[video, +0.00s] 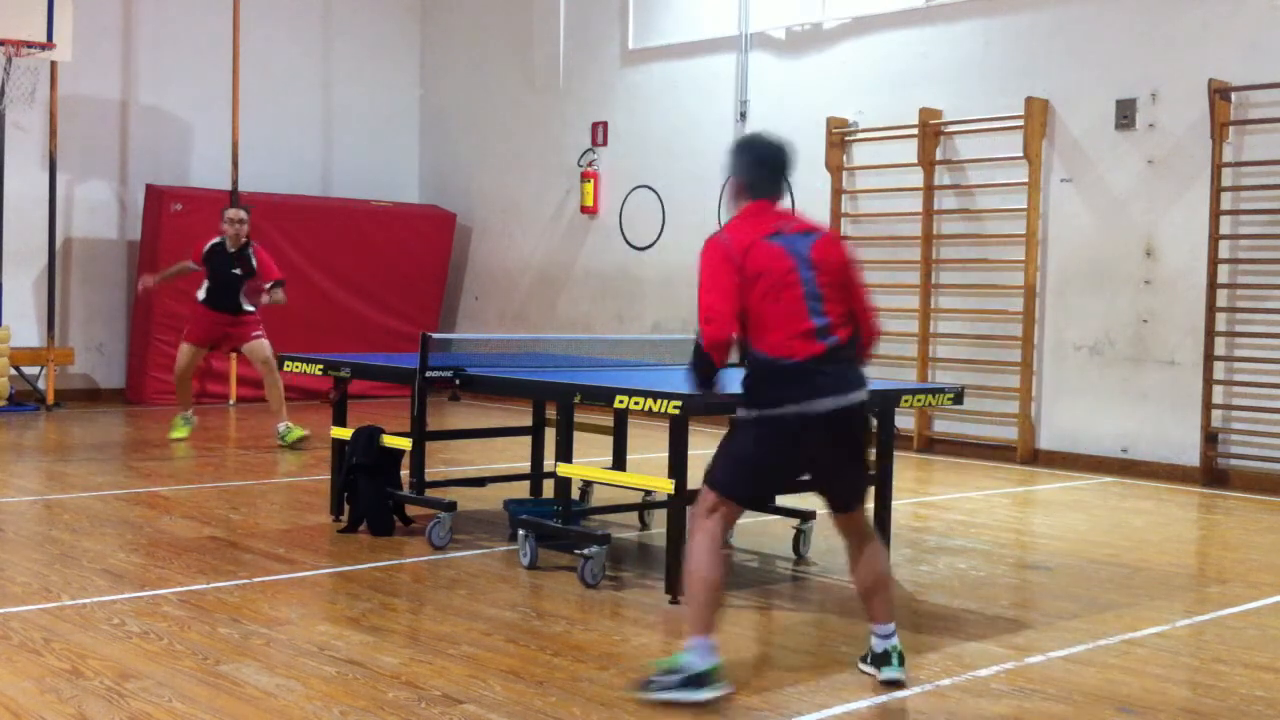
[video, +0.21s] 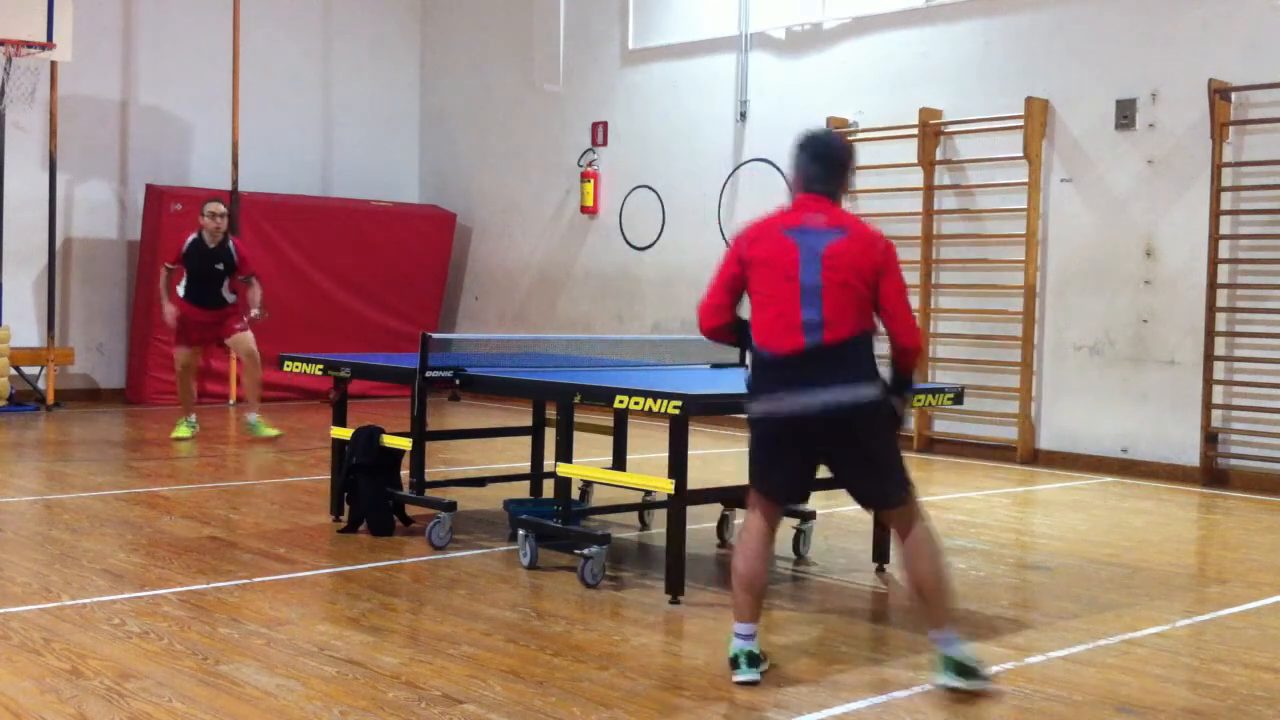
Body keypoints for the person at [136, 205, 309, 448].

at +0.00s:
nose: (235, 228)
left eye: (240, 223)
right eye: (230, 222)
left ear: (248, 226)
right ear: (222, 225)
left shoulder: (256, 254)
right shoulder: (212, 248)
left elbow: (279, 295)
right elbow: (189, 266)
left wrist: (266, 298)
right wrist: (156, 278)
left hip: (243, 320)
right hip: (208, 316)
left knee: (267, 362)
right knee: (181, 369)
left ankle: (283, 426)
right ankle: (185, 417)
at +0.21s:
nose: (218, 222)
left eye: (223, 217)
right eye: (212, 216)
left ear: (228, 220)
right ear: (201, 219)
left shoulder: (233, 249)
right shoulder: (188, 245)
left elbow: (252, 282)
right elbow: (167, 270)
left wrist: (254, 308)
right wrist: (166, 302)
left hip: (226, 315)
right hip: (192, 314)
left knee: (252, 354)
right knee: (183, 366)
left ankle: (253, 417)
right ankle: (189, 419)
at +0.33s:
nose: (213, 218)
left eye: (218, 213)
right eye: (208, 213)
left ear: (223, 217)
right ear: (196, 216)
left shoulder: (230, 244)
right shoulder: (184, 240)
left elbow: (246, 277)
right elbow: (168, 265)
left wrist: (250, 303)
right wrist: (169, 295)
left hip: (221, 311)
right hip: (186, 308)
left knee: (235, 363)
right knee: (166, 357)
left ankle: (237, 414)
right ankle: (168, 412)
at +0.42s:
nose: (209, 225)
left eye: (213, 221)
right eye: (204, 220)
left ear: (218, 224)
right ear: (193, 224)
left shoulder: (227, 251)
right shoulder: (179, 247)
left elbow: (245, 282)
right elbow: (165, 274)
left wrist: (251, 306)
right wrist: (165, 302)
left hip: (217, 315)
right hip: (181, 312)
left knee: (232, 367)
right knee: (156, 361)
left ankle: (234, 419)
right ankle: (135, 418)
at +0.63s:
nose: (183, 235)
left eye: (187, 230)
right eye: (177, 229)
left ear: (192, 234)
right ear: (165, 233)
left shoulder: (196, 259)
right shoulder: (151, 256)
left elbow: (212, 286)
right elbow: (133, 286)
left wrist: (228, 308)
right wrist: (132, 309)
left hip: (189, 323)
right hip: (152, 322)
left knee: (215, 368)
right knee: (126, 369)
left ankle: (232, 420)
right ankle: (101, 424)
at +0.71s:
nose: (167, 232)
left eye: (171, 227)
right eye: (161, 226)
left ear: (176, 231)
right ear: (148, 230)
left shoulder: (178, 258)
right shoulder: (132, 253)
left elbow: (191, 284)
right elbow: (107, 286)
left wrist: (210, 306)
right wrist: (113, 302)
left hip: (168, 323)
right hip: (131, 321)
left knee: (195, 369)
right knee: (109, 370)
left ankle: (221, 419)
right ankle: (98, 425)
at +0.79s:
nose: (156, 225)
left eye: (160, 220)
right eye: (150, 220)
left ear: (164, 224)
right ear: (137, 222)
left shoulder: (164, 251)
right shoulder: (119, 247)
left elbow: (174, 278)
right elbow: (90, 278)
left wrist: (193, 302)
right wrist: (99, 294)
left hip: (152, 317)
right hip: (117, 316)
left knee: (181, 363)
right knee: (104, 368)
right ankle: (95, 423)